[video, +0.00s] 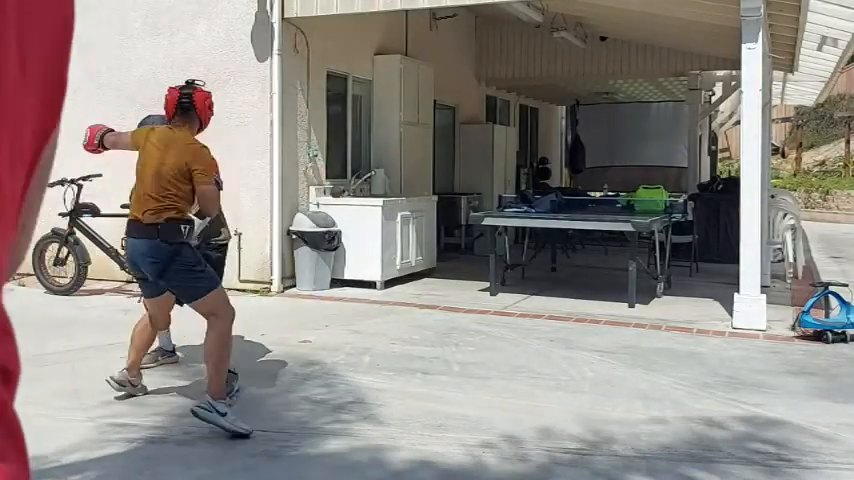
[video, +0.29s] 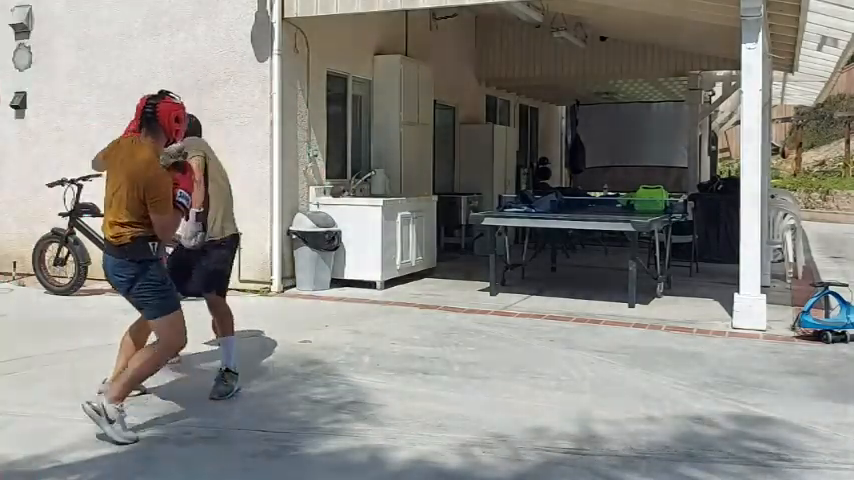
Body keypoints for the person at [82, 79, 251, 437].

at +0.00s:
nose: (209, 118)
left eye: (206, 112)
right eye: (207, 113)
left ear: (170, 112)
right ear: (202, 116)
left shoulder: (149, 137)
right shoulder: (198, 152)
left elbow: (112, 140)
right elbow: (208, 208)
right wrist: (211, 189)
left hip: (136, 243)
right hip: (167, 245)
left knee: (156, 317)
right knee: (221, 314)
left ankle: (130, 374)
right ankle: (217, 398)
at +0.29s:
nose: (179, 132)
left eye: (179, 125)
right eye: (178, 125)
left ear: (144, 121)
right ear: (168, 126)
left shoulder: (120, 145)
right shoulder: (155, 171)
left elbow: (97, 164)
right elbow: (166, 232)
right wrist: (180, 199)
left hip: (115, 257)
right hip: (138, 262)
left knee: (150, 317)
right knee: (173, 339)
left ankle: (115, 383)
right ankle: (110, 403)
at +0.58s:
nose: (164, 95)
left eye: (163, 88)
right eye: (163, 88)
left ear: (124, 85)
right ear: (155, 88)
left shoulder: (98, 118)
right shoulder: (150, 125)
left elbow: (71, 164)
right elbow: (165, 186)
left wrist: (114, 164)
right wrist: (171, 155)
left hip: (86, 229)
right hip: (119, 234)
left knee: (106, 313)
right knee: (132, 324)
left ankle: (69, 390)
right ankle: (93, 413)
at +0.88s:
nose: (167, 117)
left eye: (166, 108)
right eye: (166, 108)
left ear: (126, 107)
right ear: (156, 106)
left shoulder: (101, 142)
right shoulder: (140, 148)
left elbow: (106, 205)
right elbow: (143, 216)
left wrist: (155, 195)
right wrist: (169, 191)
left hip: (74, 258)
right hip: (110, 262)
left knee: (38, 350)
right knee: (146, 357)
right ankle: (177, 449)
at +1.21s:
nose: (238, 100)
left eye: (237, 93)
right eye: (237, 92)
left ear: (194, 90)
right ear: (231, 88)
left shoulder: (169, 128)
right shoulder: (227, 125)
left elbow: (141, 188)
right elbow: (251, 187)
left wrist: (202, 200)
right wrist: (254, 166)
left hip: (157, 245)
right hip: (193, 246)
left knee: (182, 340)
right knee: (190, 356)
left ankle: (116, 407)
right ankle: (187, 458)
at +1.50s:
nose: (301, 103)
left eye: (297, 97)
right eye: (299, 97)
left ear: (259, 96)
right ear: (294, 96)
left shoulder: (233, 134)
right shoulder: (304, 136)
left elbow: (201, 186)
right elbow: (305, 205)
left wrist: (234, 203)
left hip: (237, 248)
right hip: (272, 249)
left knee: (285, 337)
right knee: (259, 349)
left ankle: (302, 430)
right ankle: (201, 443)